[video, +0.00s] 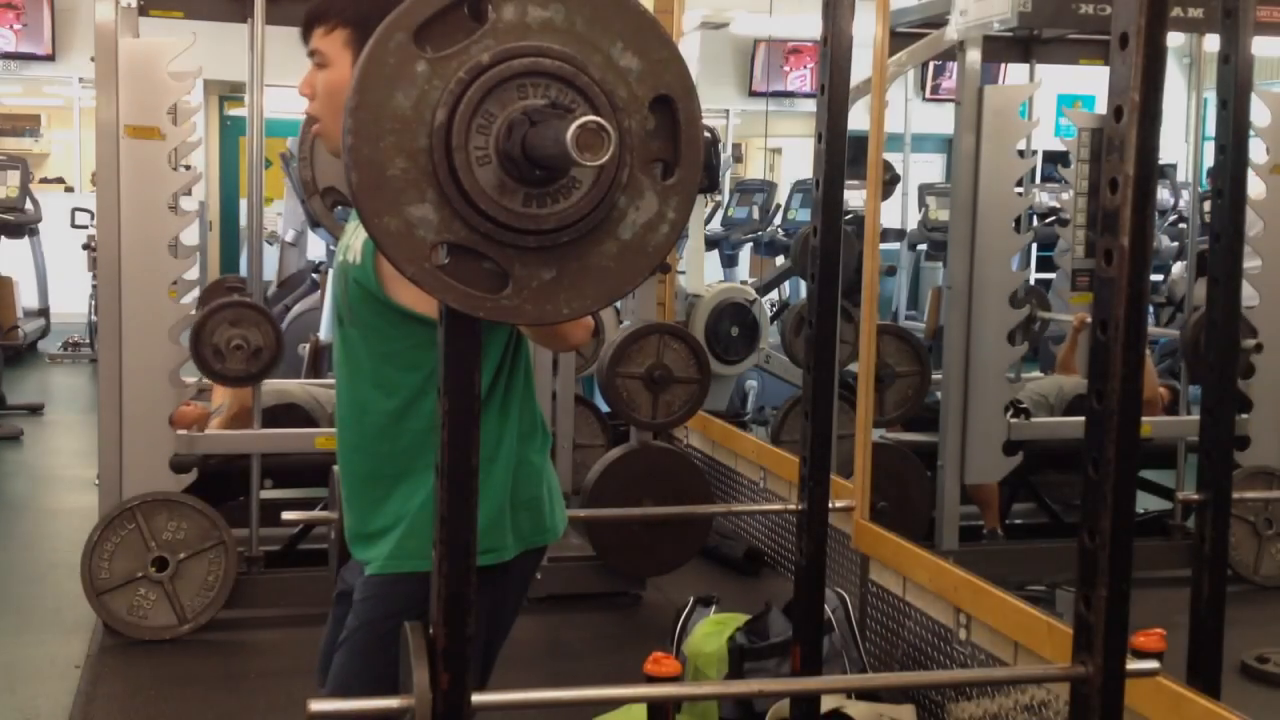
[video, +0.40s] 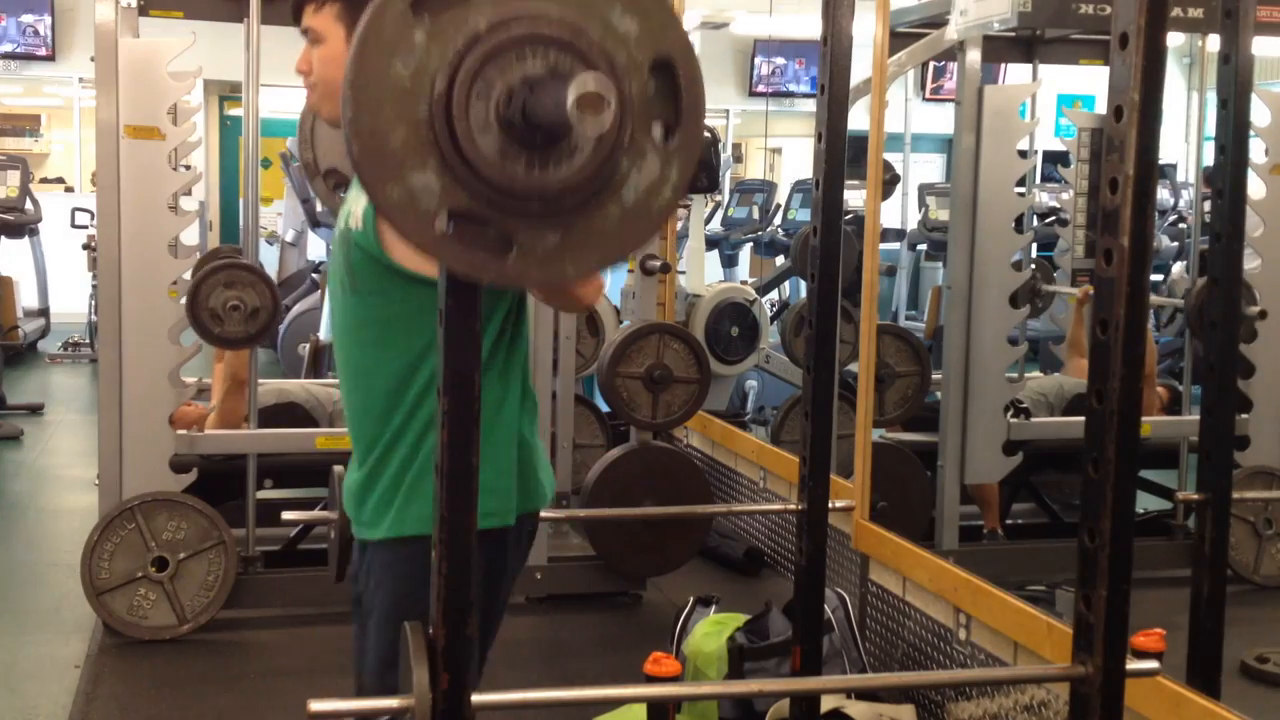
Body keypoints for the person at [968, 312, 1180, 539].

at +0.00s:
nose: (1156, 395)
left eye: (1161, 398)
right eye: (1159, 392)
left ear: (1163, 410)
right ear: (1154, 386)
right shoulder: (1107, 386)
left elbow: (1149, 394)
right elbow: (1064, 374)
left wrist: (1139, 345)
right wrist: (1074, 334)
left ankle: (992, 528)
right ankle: (992, 527)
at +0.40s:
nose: (1153, 389)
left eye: (1157, 392)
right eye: (1154, 389)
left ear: (1160, 406)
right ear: (1149, 392)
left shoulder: (1141, 406)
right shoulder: (1103, 385)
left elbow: (1147, 369)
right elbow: (1076, 354)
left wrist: (1140, 319)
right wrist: (1080, 305)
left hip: (1021, 406)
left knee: (978, 448)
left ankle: (992, 528)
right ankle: (992, 523)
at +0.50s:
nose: (1152, 391)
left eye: (1158, 394)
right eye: (1155, 388)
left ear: (1160, 410)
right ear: (1145, 386)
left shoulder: (1136, 413)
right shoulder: (1103, 390)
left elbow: (1146, 367)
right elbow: (1081, 348)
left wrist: (1141, 312)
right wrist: (1081, 300)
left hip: (1018, 411)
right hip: (1005, 395)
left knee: (977, 448)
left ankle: (992, 528)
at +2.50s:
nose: (1154, 393)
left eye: (1161, 397)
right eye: (1158, 391)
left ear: (1160, 412)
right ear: (1146, 386)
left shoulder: (1132, 415)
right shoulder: (1100, 391)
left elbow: (1144, 364)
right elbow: (1086, 345)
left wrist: (1144, 311)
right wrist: (1084, 300)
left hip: (1025, 412)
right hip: (1009, 399)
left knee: (978, 449)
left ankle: (992, 531)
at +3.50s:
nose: (1157, 392)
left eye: (1162, 394)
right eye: (1160, 391)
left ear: (1164, 406)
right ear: (1152, 393)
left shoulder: (1137, 411)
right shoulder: (1092, 390)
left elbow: (1151, 380)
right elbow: (1073, 358)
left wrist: (1146, 325)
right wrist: (1082, 312)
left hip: (1016, 415)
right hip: (1001, 406)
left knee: (977, 454)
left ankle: (993, 529)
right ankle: (992, 526)